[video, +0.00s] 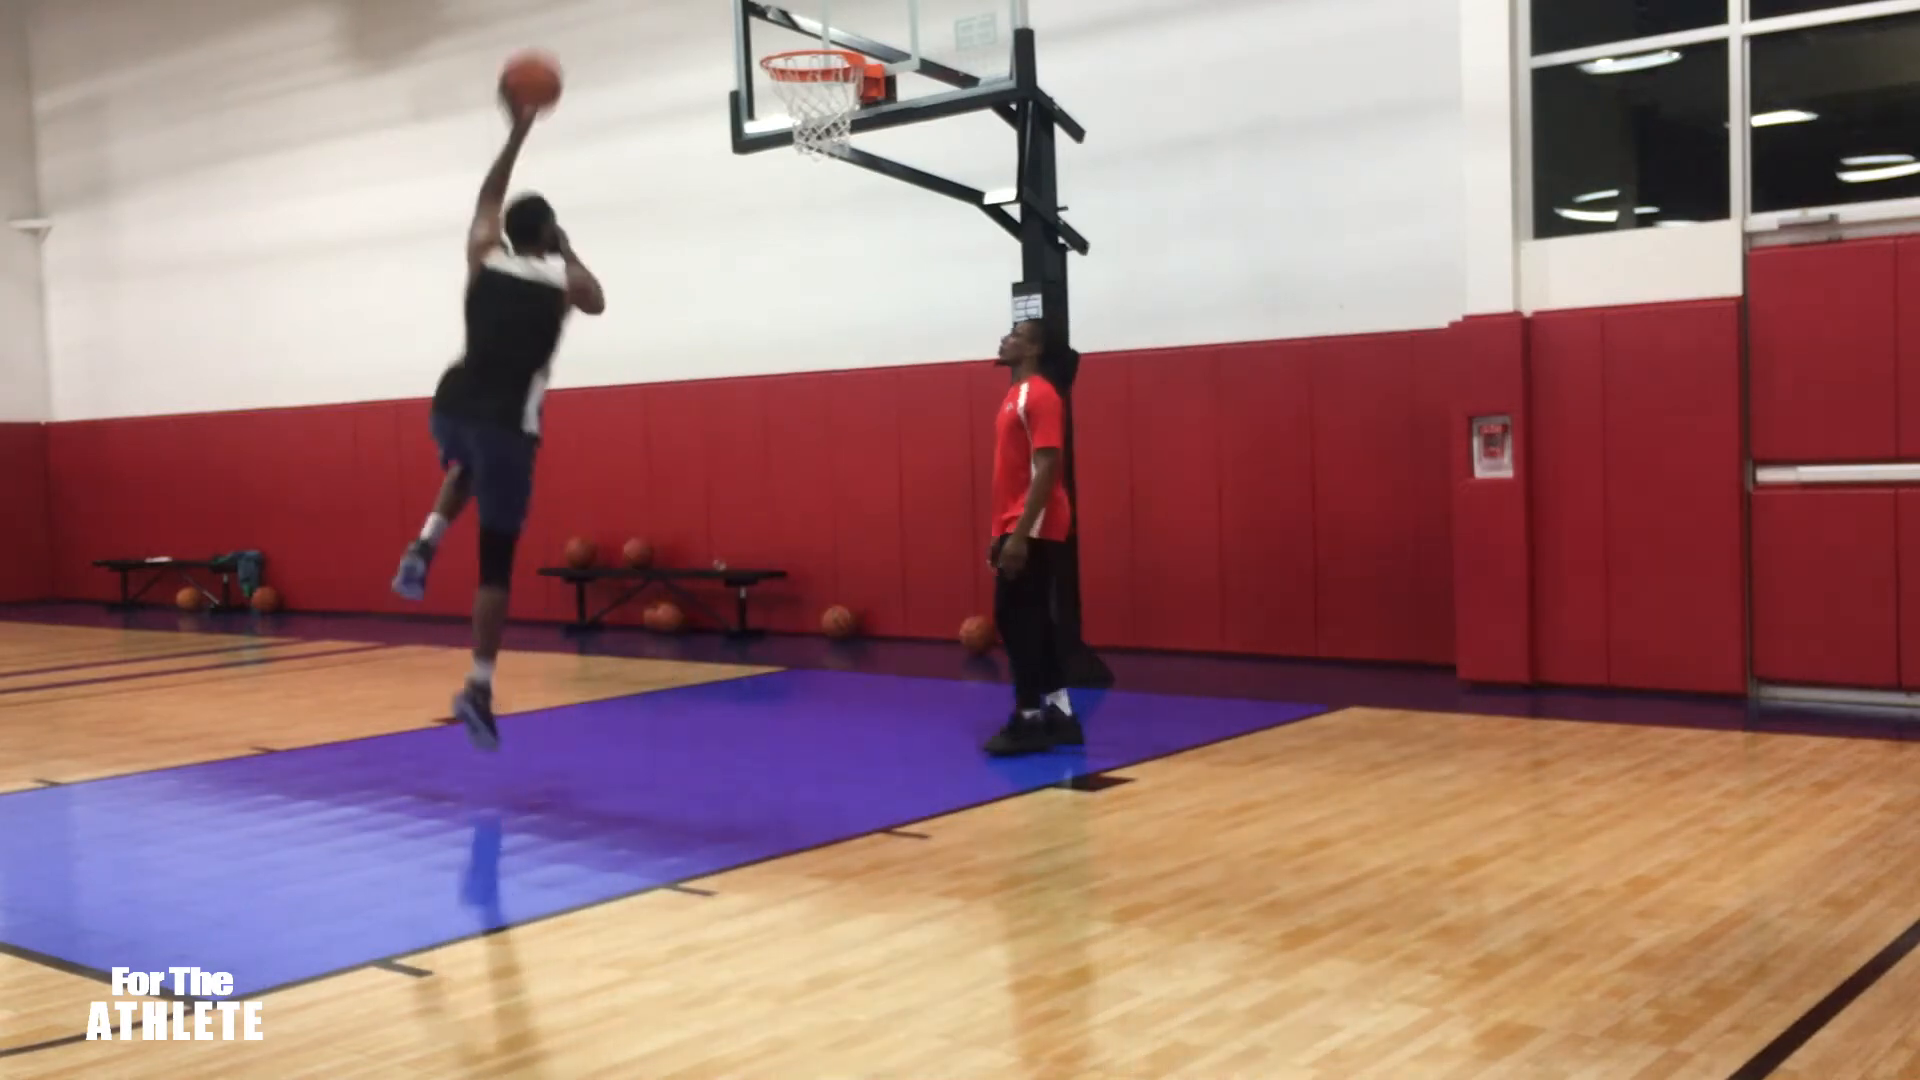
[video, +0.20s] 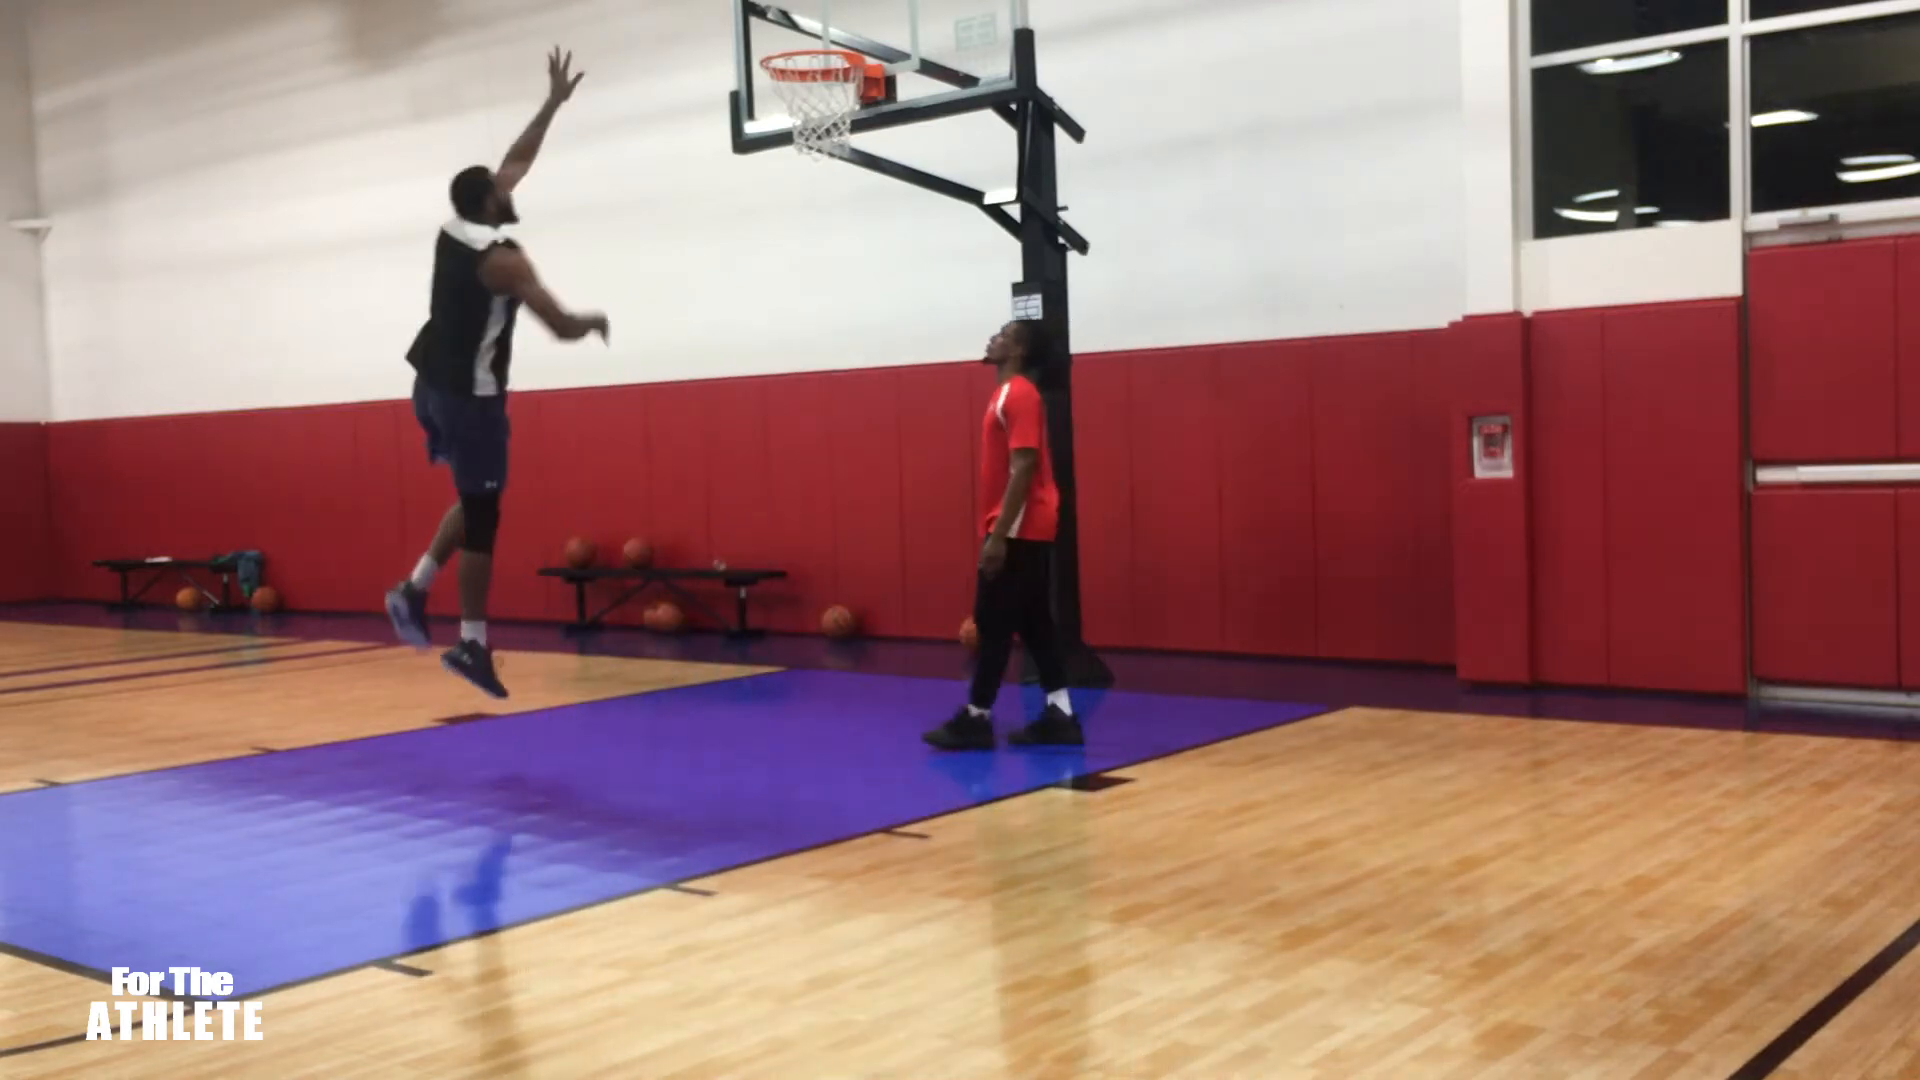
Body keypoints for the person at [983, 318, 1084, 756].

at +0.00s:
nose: (1005, 340)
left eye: (1015, 336)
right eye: (1008, 334)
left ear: (1035, 349)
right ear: (1022, 348)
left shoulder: (1039, 394)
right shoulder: (1016, 395)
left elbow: (1046, 465)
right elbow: (1014, 471)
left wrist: (1022, 533)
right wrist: (1000, 530)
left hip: (1035, 532)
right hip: (1021, 530)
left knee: (1018, 621)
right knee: (1031, 621)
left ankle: (1029, 715)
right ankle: (1057, 709)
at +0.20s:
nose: (992, 338)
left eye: (1002, 335)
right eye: (996, 332)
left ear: (1018, 350)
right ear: (1011, 349)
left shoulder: (1019, 393)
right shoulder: (1007, 393)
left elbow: (1023, 466)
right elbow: (1012, 467)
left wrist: (999, 533)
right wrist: (994, 528)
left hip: (1020, 531)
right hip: (1021, 529)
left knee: (993, 622)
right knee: (1034, 620)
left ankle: (976, 715)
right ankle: (1060, 711)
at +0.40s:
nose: (974, 339)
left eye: (984, 336)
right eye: (979, 334)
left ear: (997, 353)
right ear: (995, 355)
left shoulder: (992, 397)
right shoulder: (992, 396)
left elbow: (996, 468)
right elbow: (998, 469)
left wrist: (978, 539)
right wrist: (982, 530)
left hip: (996, 536)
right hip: (1007, 534)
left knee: (975, 626)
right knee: (1019, 622)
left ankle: (959, 716)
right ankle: (1057, 711)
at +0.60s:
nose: (949, 339)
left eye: (958, 337)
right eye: (954, 334)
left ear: (970, 352)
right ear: (977, 356)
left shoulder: (965, 397)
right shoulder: (972, 395)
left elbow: (966, 470)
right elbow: (974, 468)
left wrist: (945, 538)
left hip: (970, 533)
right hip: (979, 531)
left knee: (960, 620)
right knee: (974, 617)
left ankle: (956, 717)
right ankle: (1037, 694)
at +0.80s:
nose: (929, 341)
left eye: (938, 337)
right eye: (935, 335)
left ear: (949, 353)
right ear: (957, 358)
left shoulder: (942, 396)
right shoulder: (953, 395)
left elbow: (937, 467)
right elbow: (951, 466)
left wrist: (905, 534)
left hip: (952, 521)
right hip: (956, 519)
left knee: (946, 615)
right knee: (928, 607)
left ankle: (956, 716)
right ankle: (987, 685)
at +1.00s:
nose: (908, 347)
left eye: (915, 342)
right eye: (912, 340)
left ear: (925, 354)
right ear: (935, 359)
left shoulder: (920, 397)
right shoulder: (936, 398)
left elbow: (911, 467)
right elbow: (931, 469)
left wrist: (872, 534)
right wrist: (888, 485)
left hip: (935, 520)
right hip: (933, 518)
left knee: (936, 614)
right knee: (913, 608)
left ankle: (956, 717)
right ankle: (919, 701)